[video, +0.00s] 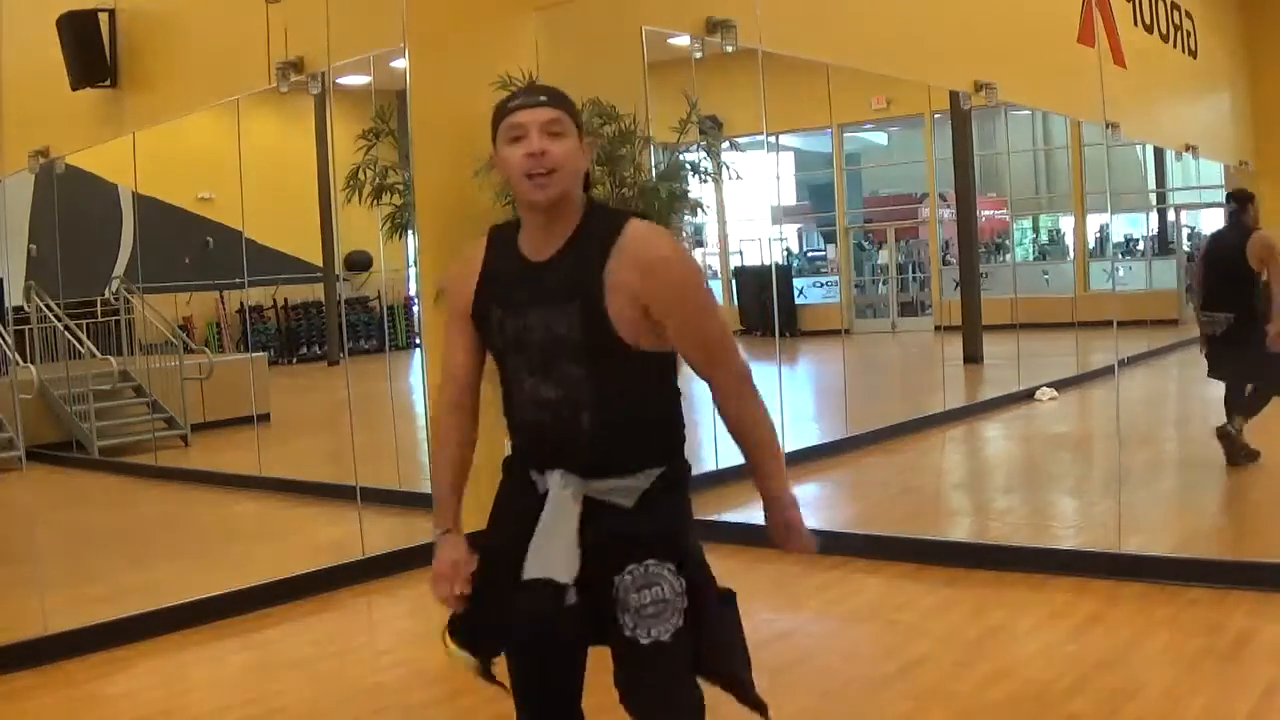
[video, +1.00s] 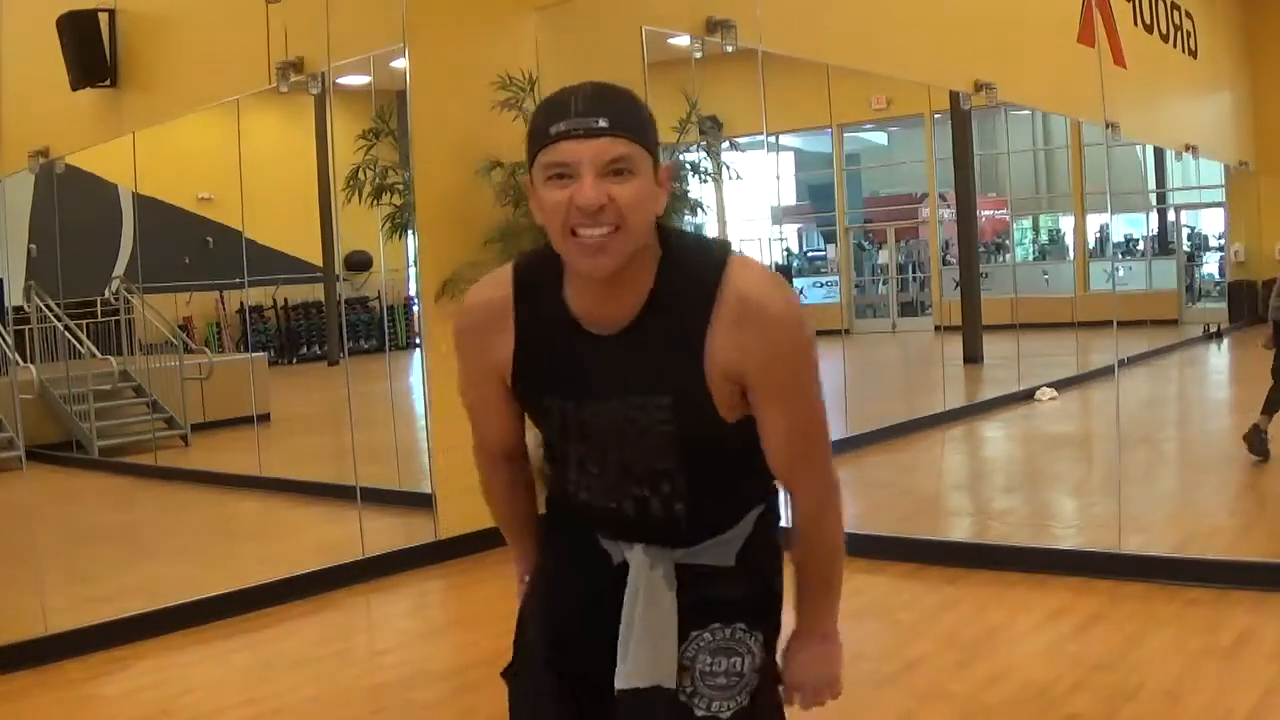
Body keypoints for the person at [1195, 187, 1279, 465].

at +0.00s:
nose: (1257, 214)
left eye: (1255, 208)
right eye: (1256, 209)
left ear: (1230, 210)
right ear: (1249, 208)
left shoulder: (1212, 241)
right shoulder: (1262, 242)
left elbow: (1202, 289)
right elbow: (1274, 288)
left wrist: (1203, 332)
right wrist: (1274, 323)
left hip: (1217, 324)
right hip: (1248, 324)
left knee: (1234, 380)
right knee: (1271, 379)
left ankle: (1236, 446)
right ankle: (1235, 424)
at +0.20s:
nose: (1278, 224)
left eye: (1277, 219)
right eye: (1276, 219)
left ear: (1252, 217)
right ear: (1267, 218)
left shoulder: (1233, 246)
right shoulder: (1273, 247)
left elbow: (1211, 285)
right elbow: (1275, 286)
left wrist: (1199, 328)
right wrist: (1261, 312)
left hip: (1232, 328)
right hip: (1262, 330)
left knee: (1244, 383)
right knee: (1245, 384)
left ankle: (1238, 444)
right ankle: (1238, 444)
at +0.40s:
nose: (1278, 221)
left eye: (1277, 218)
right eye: (1279, 218)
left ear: (1275, 221)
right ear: (1277, 221)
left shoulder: (1258, 252)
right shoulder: (1266, 252)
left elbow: (1241, 296)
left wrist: (1228, 328)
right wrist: (1277, 331)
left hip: (1250, 334)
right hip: (1270, 337)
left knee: (1254, 387)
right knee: (1255, 388)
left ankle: (1239, 443)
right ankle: (1239, 443)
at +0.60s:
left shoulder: (1275, 256)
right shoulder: (1275, 257)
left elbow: (1261, 301)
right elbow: (1262, 301)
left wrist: (1253, 336)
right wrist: (1253, 337)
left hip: (1268, 335)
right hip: (1272, 335)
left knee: (1270, 383)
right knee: (1270, 383)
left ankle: (1242, 438)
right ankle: (1242, 438)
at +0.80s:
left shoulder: (1274, 284)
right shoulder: (1274, 284)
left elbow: (1271, 307)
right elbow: (1272, 307)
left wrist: (1267, 333)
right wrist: (1267, 333)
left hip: (1273, 329)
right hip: (1274, 329)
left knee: (1274, 381)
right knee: (1275, 381)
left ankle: (1247, 433)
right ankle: (1246, 434)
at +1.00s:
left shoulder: (1276, 284)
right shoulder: (1276, 284)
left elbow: (1275, 301)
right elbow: (1275, 301)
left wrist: (1274, 331)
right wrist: (1274, 331)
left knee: (1277, 382)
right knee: (1277, 382)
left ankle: (1260, 427)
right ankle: (1260, 427)